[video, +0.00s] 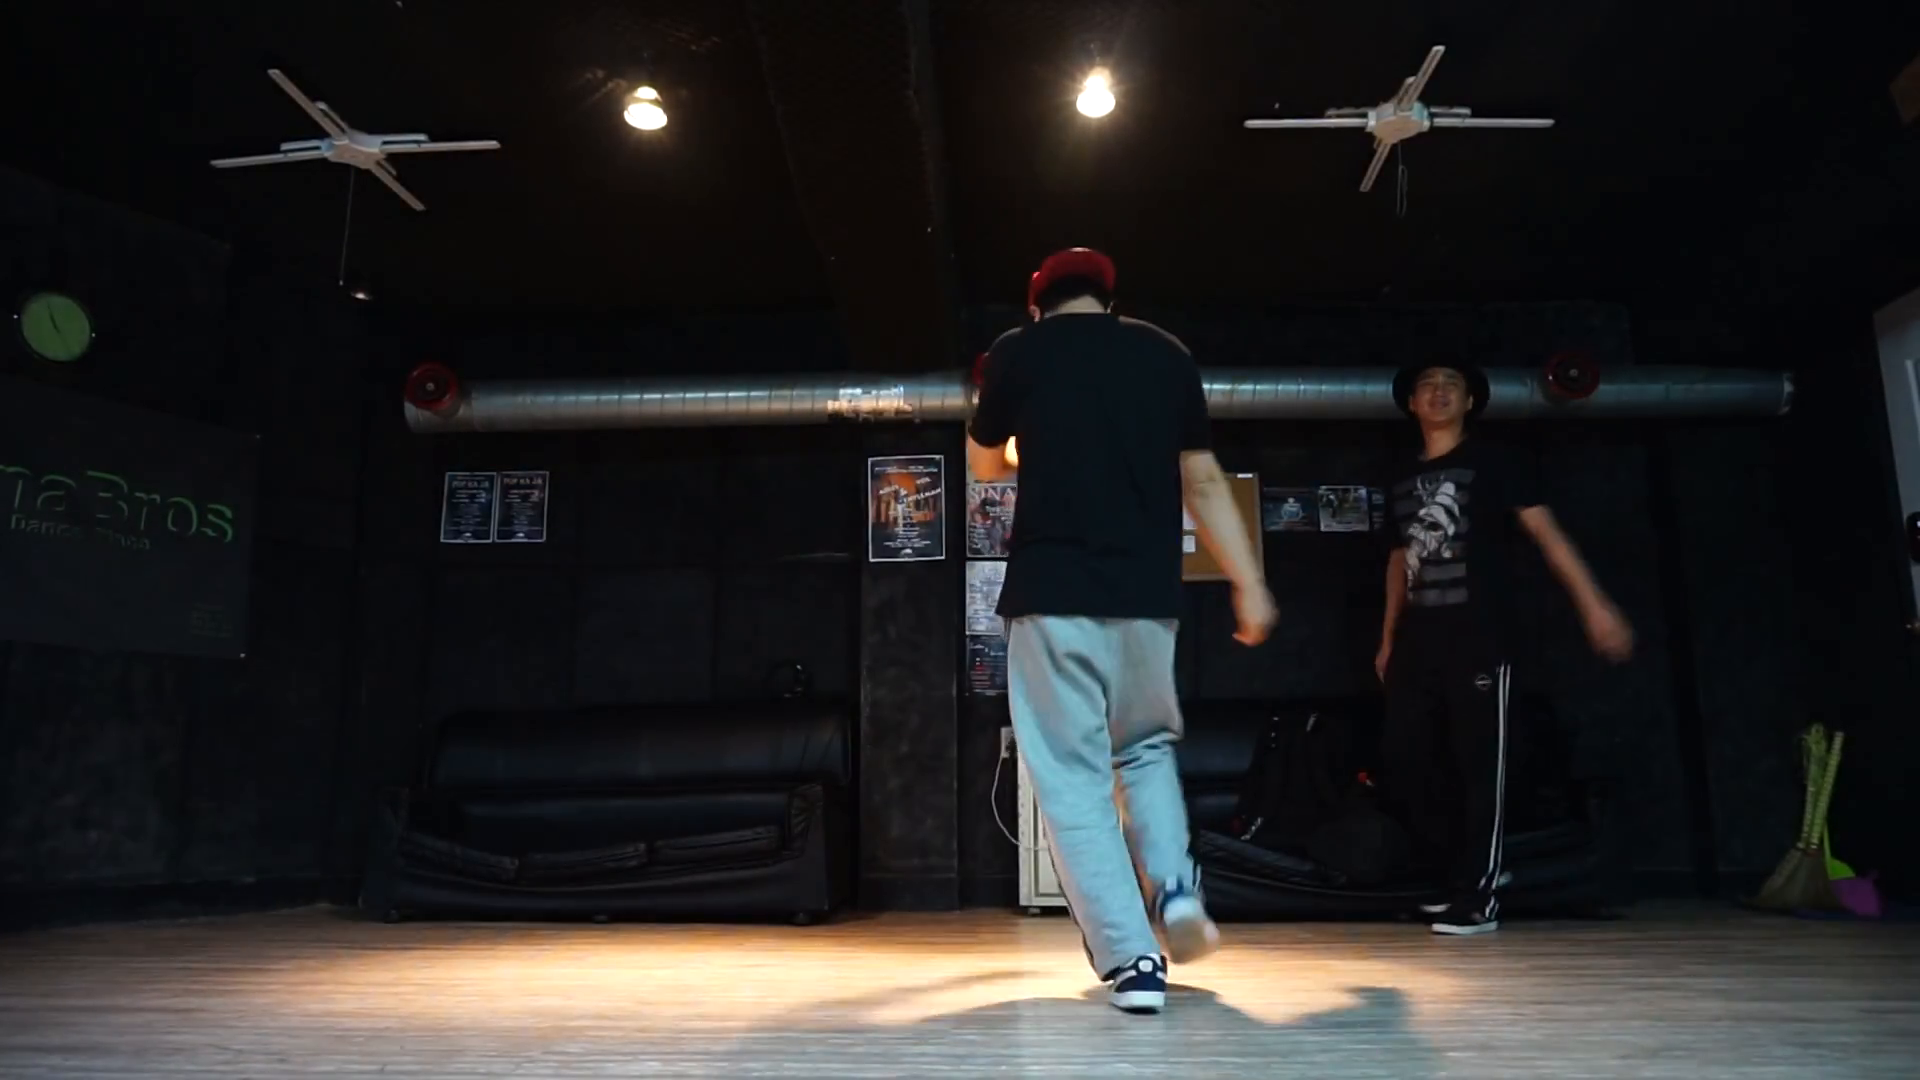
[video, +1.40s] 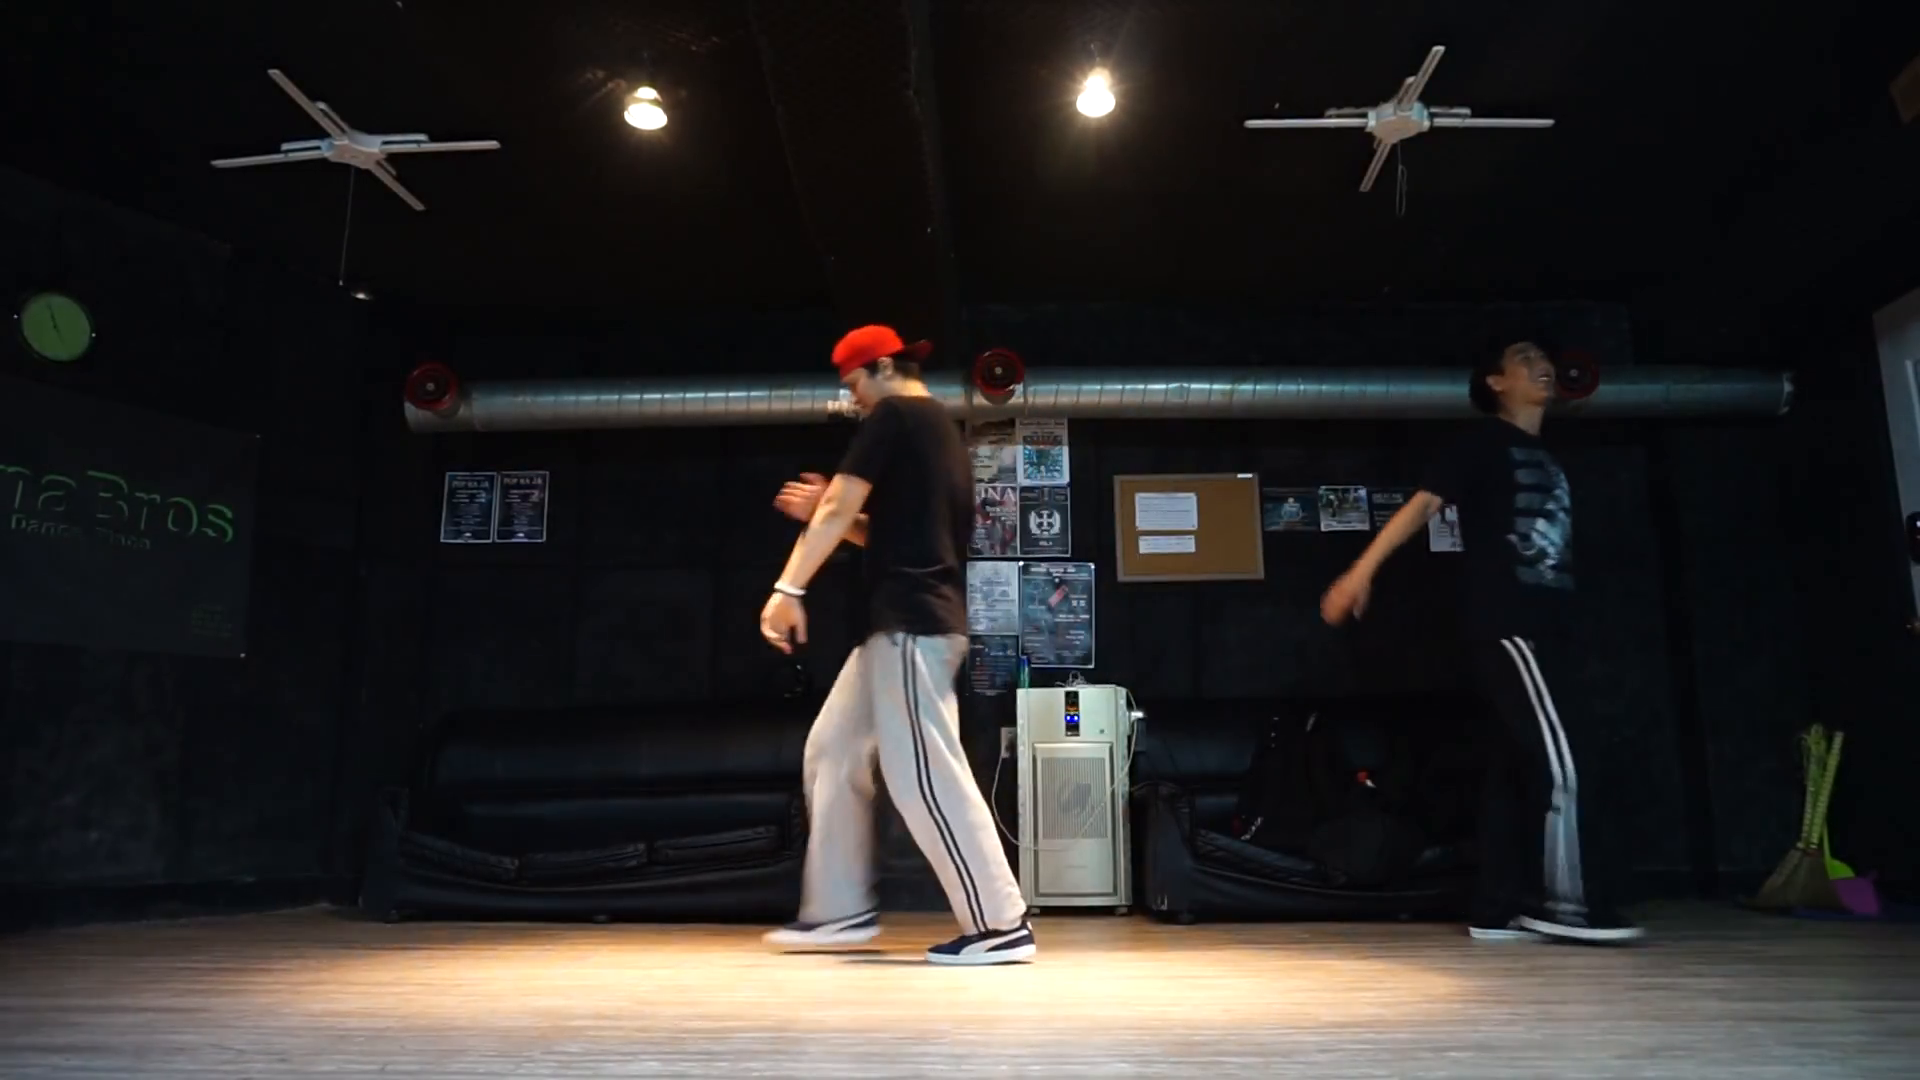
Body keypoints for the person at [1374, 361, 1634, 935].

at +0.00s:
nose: (1438, 393)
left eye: (1450, 385)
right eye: (1427, 385)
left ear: (1470, 401)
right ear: (1410, 402)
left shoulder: (1496, 463)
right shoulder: (1405, 480)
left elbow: (1548, 534)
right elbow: (1399, 564)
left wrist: (1595, 608)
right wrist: (1389, 639)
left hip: (1481, 639)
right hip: (1420, 644)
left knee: (1480, 770)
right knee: (1422, 764)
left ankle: (1478, 900)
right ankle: (1452, 883)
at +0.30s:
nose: (1425, 393)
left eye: (1435, 385)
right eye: (1413, 386)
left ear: (1450, 401)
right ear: (1391, 404)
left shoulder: (1483, 468)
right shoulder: (1372, 480)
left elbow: (1551, 522)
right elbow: (1338, 545)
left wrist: (1631, 574)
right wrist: (1305, 598)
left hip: (1477, 643)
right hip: (1403, 646)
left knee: (1488, 770)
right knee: (1405, 769)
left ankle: (1478, 903)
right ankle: (1398, 902)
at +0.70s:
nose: (1430, 387)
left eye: (1436, 380)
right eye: (1416, 379)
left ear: (1446, 398)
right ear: (1388, 396)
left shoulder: (1467, 464)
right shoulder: (1367, 467)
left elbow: (1517, 518)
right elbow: (1347, 528)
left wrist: (1578, 557)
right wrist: (1334, 514)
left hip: (1466, 636)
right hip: (1397, 639)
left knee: (1483, 758)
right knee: (1397, 766)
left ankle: (1464, 892)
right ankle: (1396, 901)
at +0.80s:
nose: (1440, 386)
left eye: (1447, 380)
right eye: (1426, 379)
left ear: (1455, 398)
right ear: (1398, 395)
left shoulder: (1468, 465)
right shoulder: (1376, 459)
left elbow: (1506, 517)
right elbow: (1389, 524)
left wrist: (1551, 534)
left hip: (1472, 634)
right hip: (1405, 636)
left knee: (1489, 760)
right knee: (1404, 767)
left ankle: (1485, 904)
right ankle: (1398, 903)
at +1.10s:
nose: (1488, 378)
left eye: (1491, 372)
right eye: (1473, 371)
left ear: (1497, 390)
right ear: (1442, 392)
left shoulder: (1510, 470)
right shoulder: (1431, 452)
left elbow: (1541, 549)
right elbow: (1434, 530)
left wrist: (1574, 626)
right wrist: (1488, 602)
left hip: (1504, 629)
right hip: (1446, 627)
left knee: (1509, 763)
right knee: (1441, 761)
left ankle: (1500, 910)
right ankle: (1399, 897)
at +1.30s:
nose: (1525, 372)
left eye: (1527, 365)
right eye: (1508, 366)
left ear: (1535, 387)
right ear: (1480, 389)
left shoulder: (1538, 465)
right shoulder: (1463, 448)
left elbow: (1538, 547)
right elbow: (1419, 521)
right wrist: (1388, 603)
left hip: (1534, 623)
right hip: (1484, 619)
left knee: (1538, 754)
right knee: (1524, 749)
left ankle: (1513, 902)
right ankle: (1474, 884)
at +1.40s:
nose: (1544, 369)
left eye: (1546, 363)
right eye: (1526, 362)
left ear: (1553, 386)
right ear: (1496, 384)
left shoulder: (1547, 462)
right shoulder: (1483, 443)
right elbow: (1421, 506)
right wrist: (1360, 573)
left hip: (1538, 625)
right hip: (1503, 624)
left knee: (1513, 766)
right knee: (1558, 762)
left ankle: (1497, 911)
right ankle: (1563, 908)